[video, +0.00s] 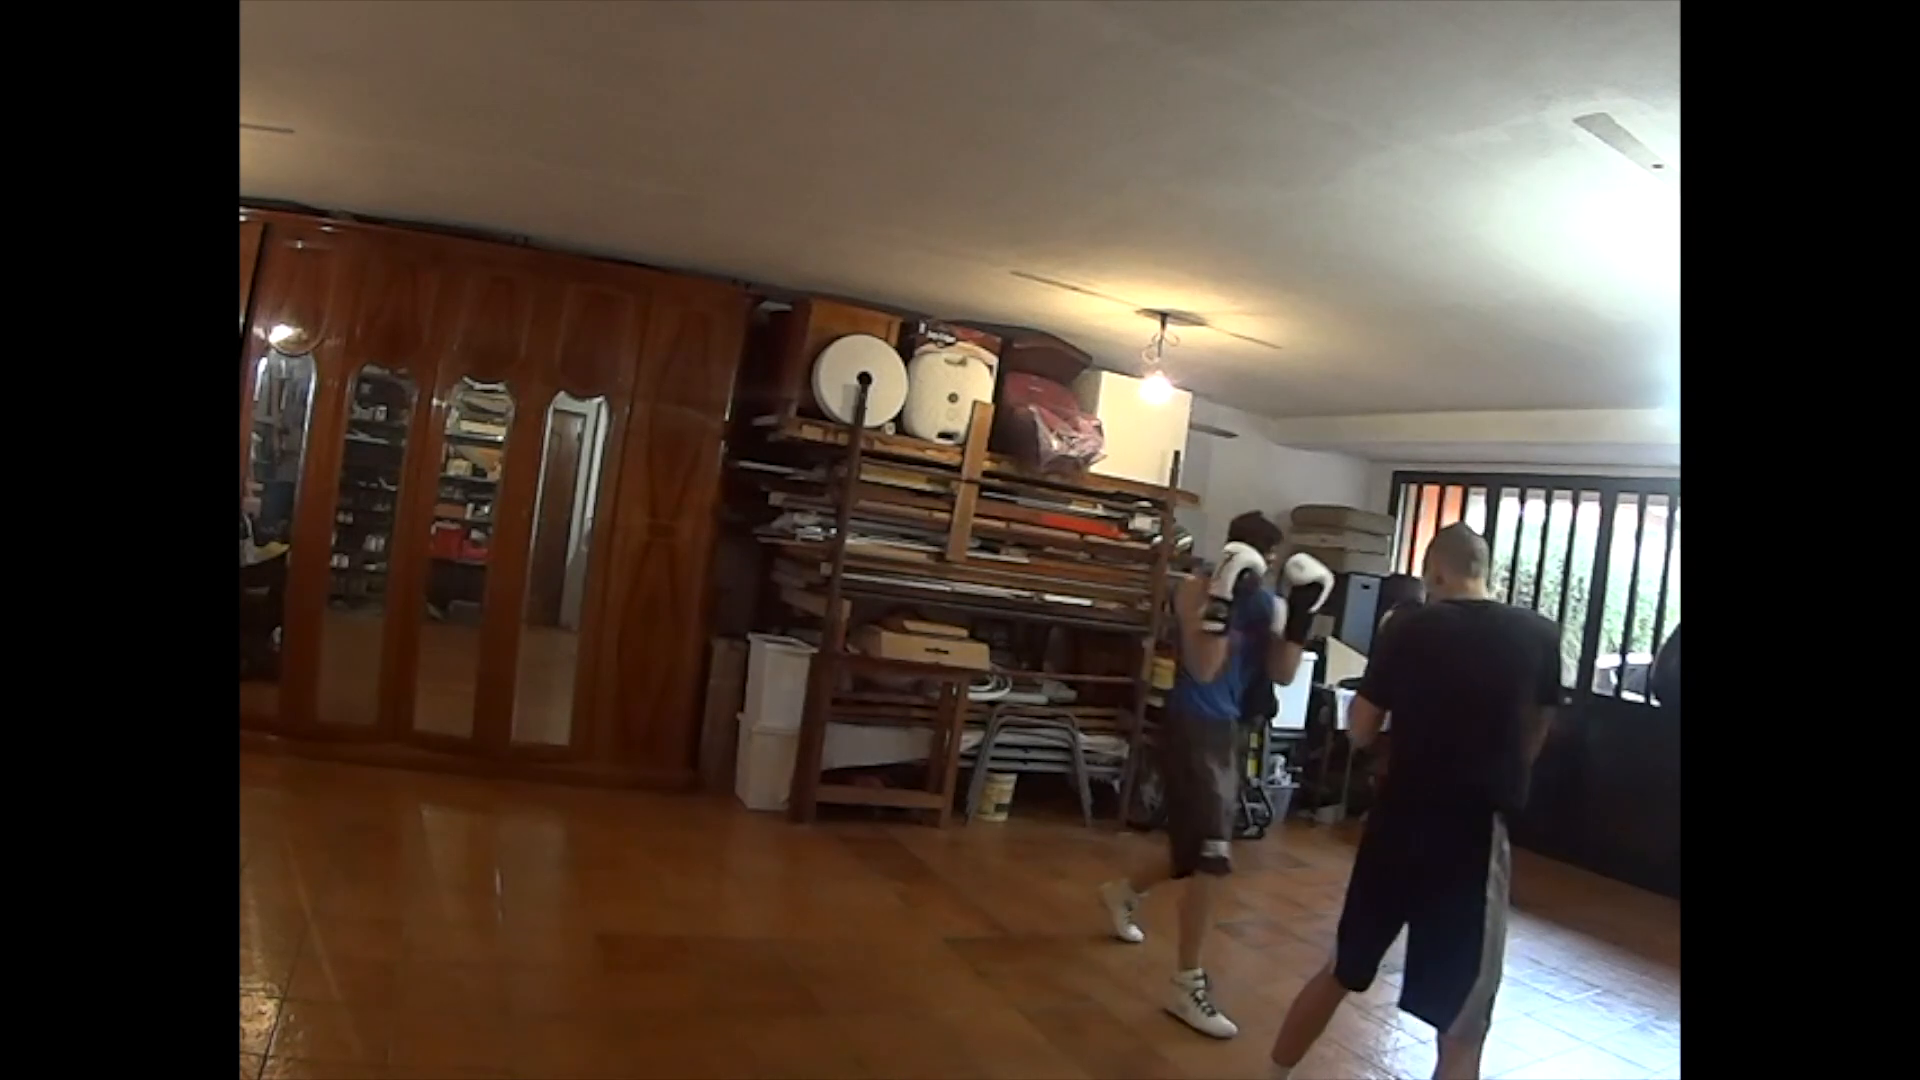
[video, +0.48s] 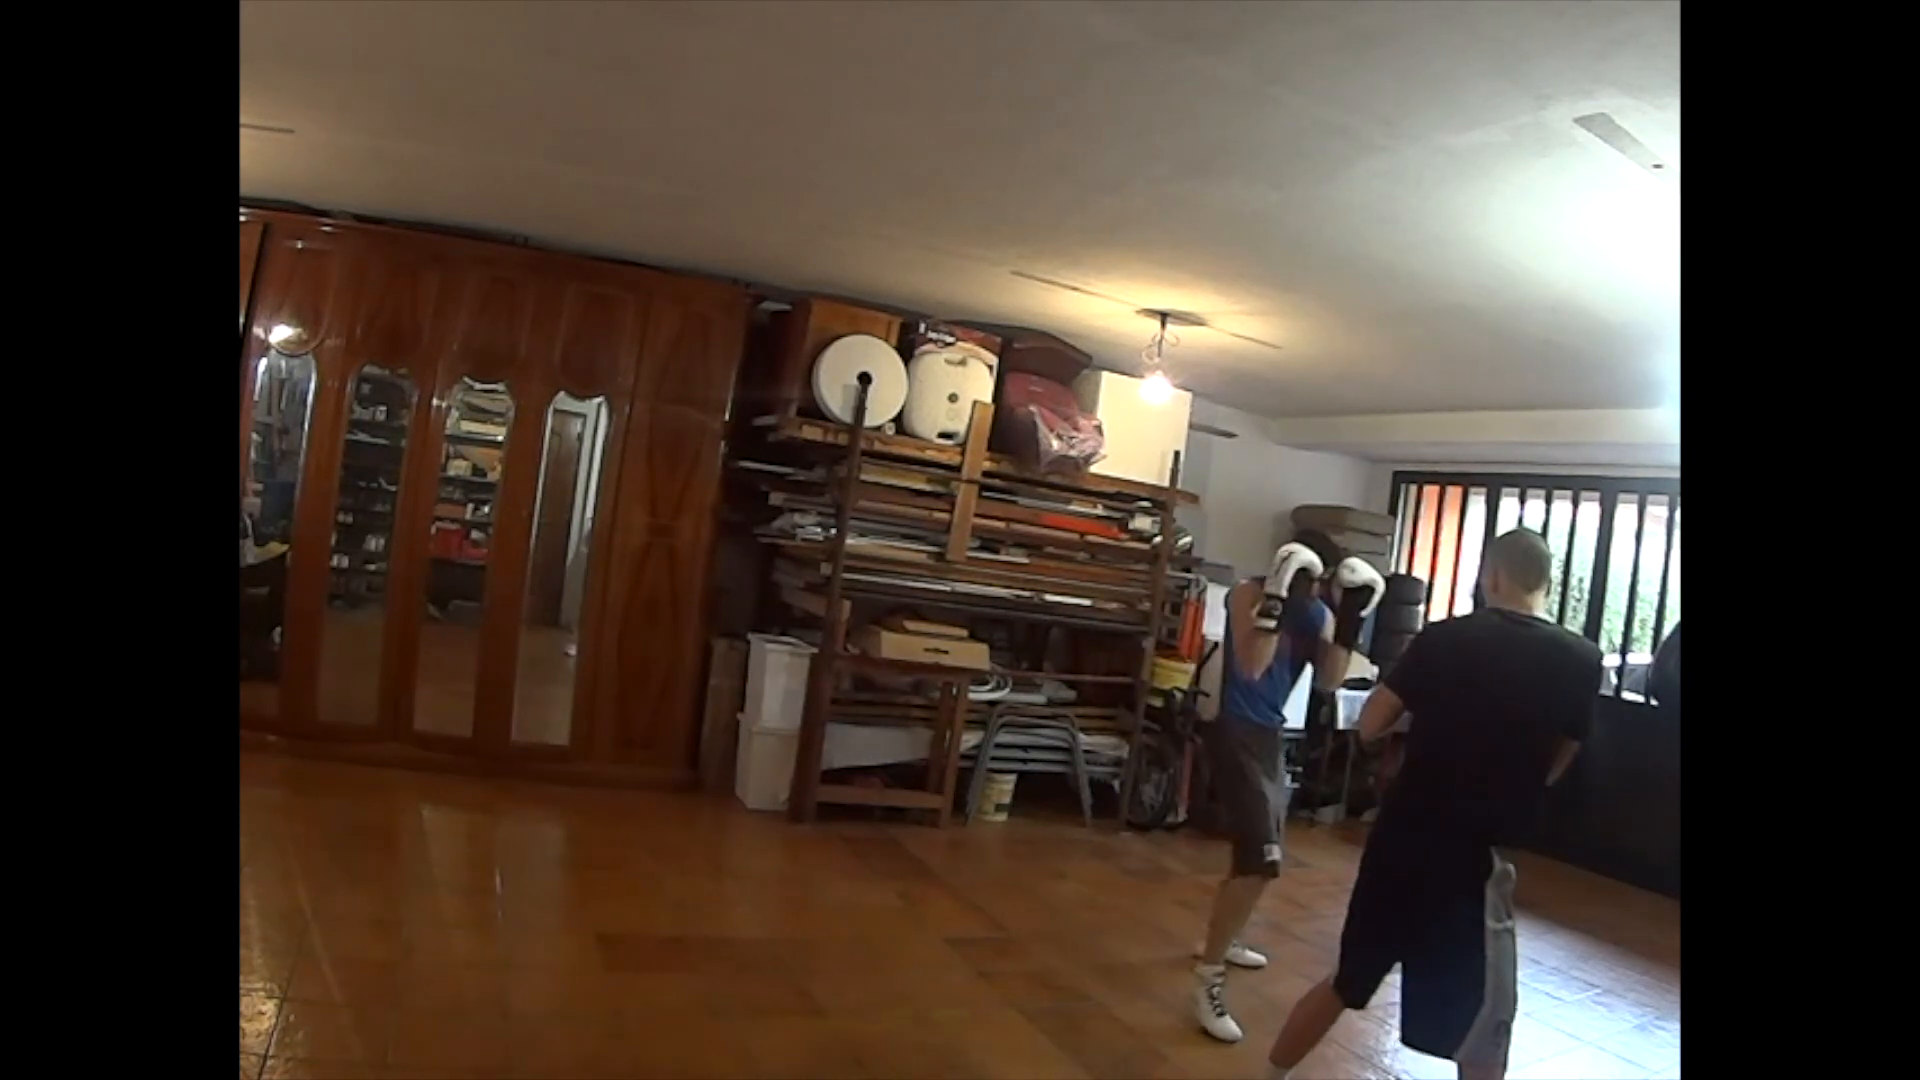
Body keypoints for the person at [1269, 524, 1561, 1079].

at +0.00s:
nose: (1428, 584)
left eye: (1427, 575)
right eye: (1430, 577)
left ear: (1434, 571)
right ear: (1486, 570)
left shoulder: (1407, 626)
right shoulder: (1536, 634)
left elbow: (1361, 729)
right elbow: (1533, 742)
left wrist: (1412, 740)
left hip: (1398, 816)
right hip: (1476, 832)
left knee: (1342, 970)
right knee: (1466, 1024)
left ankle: (1274, 1069)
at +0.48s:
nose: (1482, 584)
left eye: (1483, 575)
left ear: (1491, 578)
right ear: (1547, 584)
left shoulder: (1444, 637)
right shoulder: (1580, 659)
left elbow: (1370, 726)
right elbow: (1552, 770)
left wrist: (1423, 709)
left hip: (1405, 835)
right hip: (1484, 858)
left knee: (1346, 982)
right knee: (1486, 1036)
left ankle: (1270, 1070)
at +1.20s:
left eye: (1478, 608)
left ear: (1474, 612)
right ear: (1528, 630)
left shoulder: (1418, 653)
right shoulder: (1526, 688)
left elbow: (1366, 633)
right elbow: (1498, 810)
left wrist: (1357, 588)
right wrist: (1440, 774)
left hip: (1333, 843)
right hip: (1394, 864)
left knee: (1335, 986)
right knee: (1409, 1055)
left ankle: (1264, 1071)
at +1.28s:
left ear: (1460, 617)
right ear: (1518, 631)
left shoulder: (1413, 652)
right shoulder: (1514, 685)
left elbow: (1312, 664)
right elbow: (1487, 810)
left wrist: (1299, 595)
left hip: (1319, 839)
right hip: (1377, 858)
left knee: (1331, 986)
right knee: (1380, 1042)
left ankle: (1264, 1070)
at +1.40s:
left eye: (1437, 605)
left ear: (1436, 608)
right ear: (1494, 616)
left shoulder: (1386, 648)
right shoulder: (1495, 677)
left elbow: (1300, 714)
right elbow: (1469, 799)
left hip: (1298, 831)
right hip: (1354, 856)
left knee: (1306, 985)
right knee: (1326, 1037)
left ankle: (1262, 1068)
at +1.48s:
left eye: (1431, 593)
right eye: (1482, 605)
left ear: (1426, 599)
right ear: (1483, 610)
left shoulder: (1373, 650)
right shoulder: (1482, 678)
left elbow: (1291, 723)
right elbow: (1462, 796)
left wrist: (1339, 756)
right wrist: (1417, 754)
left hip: (1296, 829)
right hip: (1355, 851)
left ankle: (1287, 1041)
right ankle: (1302, 1054)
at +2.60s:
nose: (1345, 565)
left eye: (1345, 555)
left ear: (1350, 558)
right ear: (1417, 568)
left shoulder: (1296, 628)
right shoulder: (1447, 652)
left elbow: (1207, 737)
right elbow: (1416, 794)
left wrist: (1263, 720)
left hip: (1242, 848)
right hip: (1330, 875)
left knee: (1203, 1018)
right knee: (1296, 1054)